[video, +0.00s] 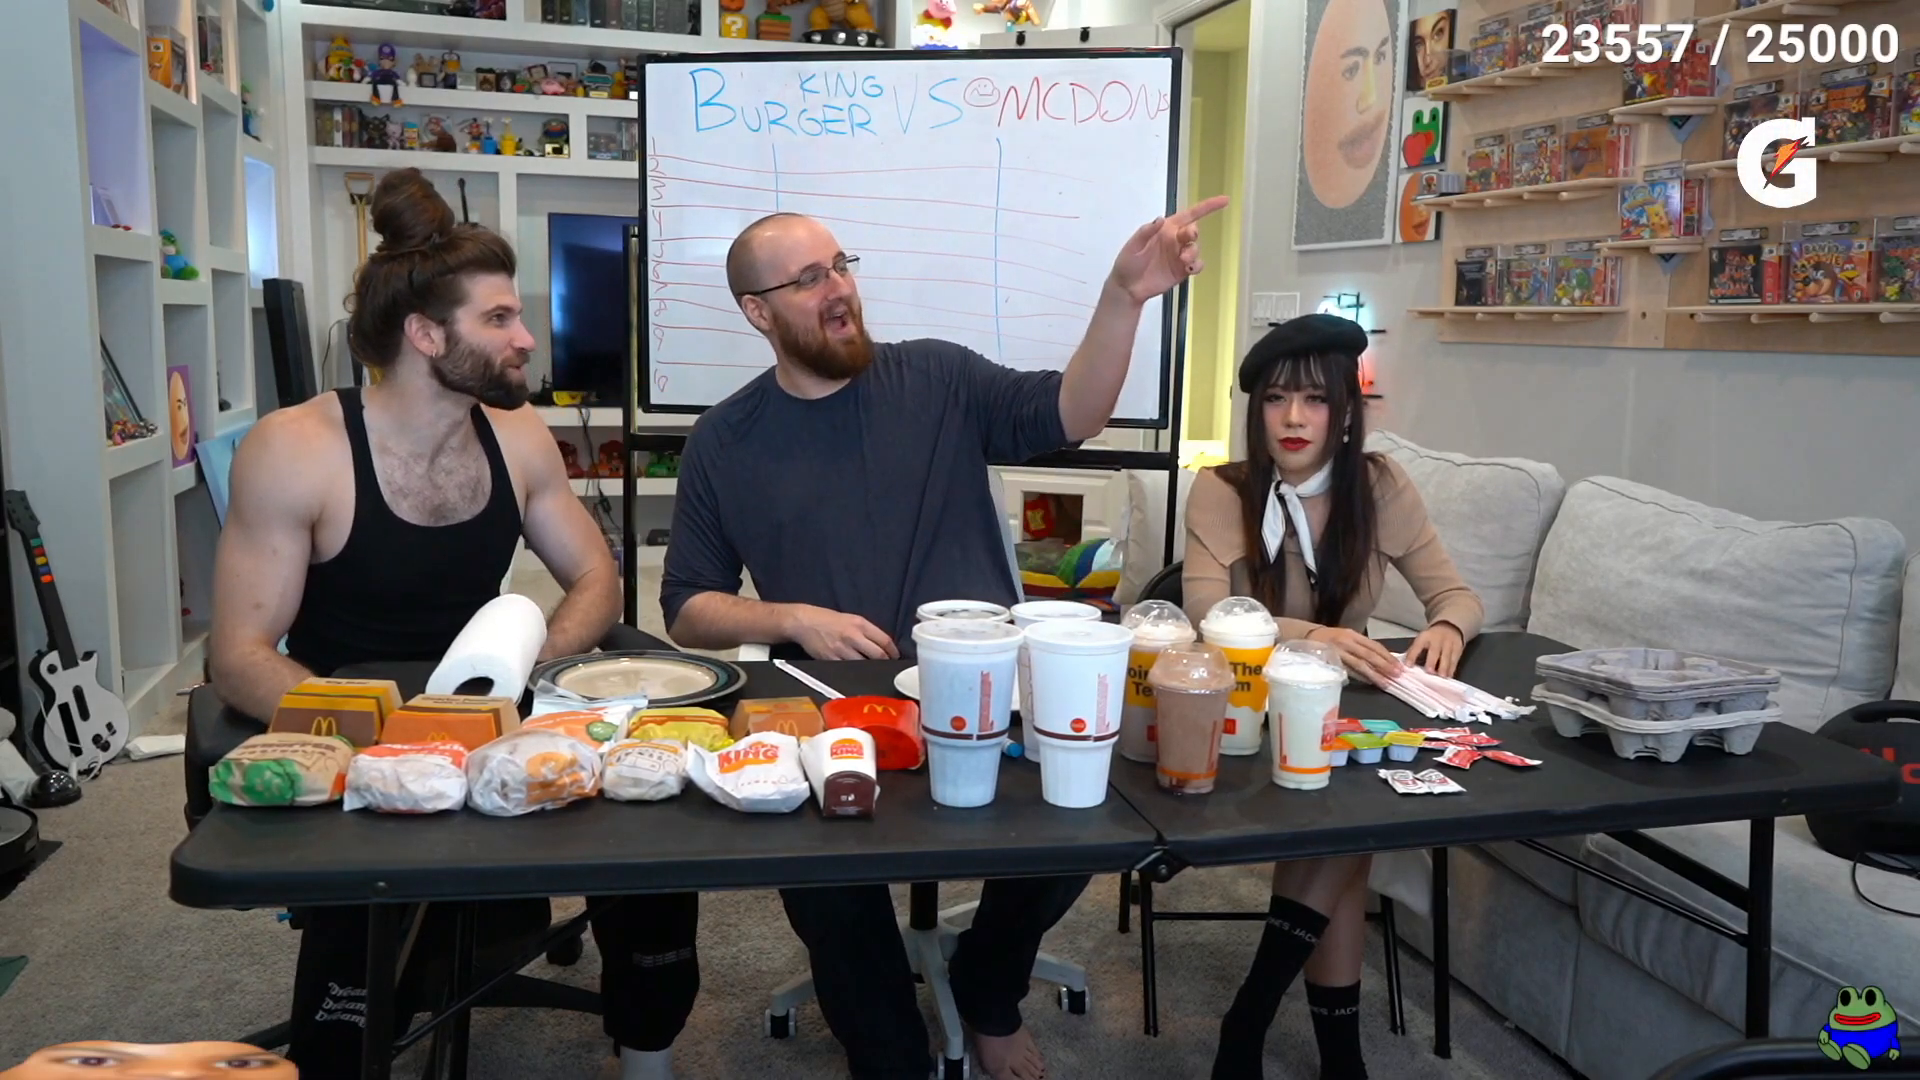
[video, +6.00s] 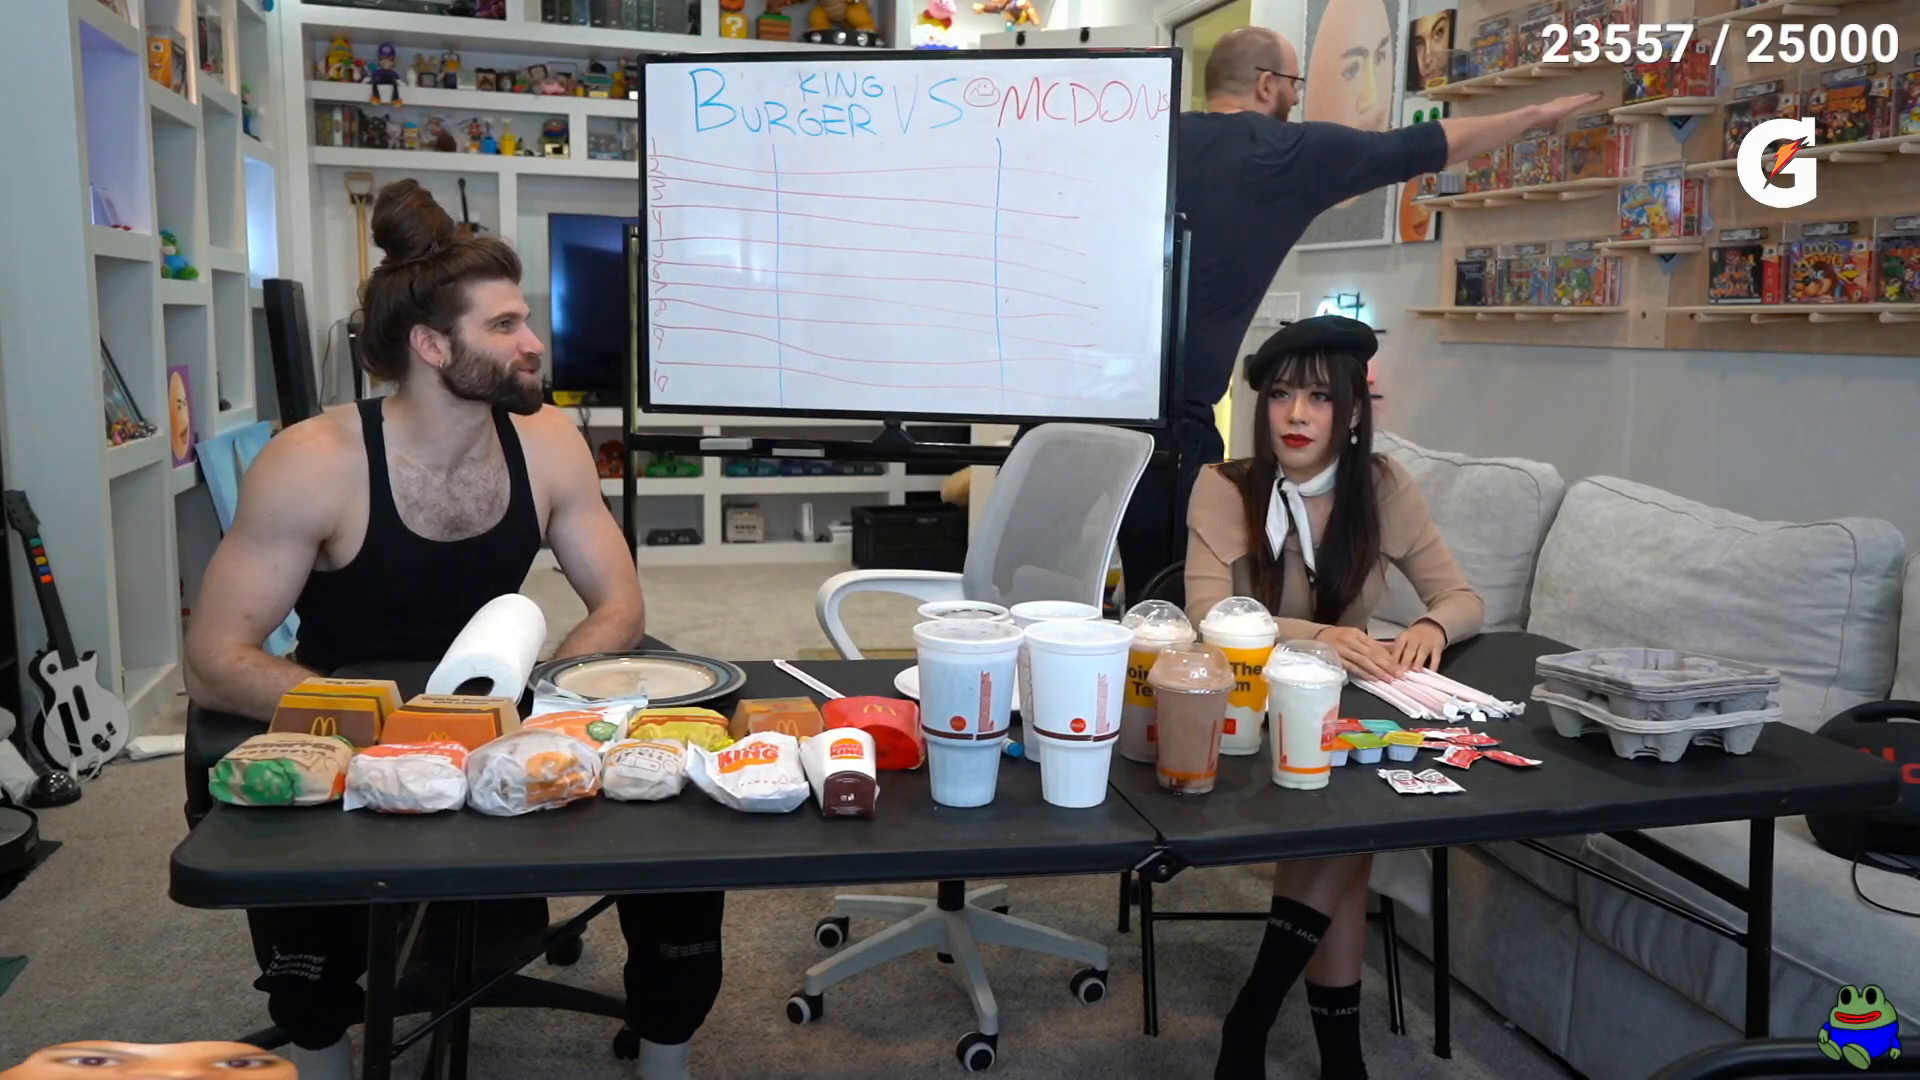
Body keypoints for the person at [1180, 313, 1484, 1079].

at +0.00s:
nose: (1293, 417)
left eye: (1315, 399)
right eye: (1277, 398)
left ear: (1347, 411)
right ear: (1255, 406)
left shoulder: (1377, 482)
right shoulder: (1221, 492)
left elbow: (1454, 594)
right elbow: (1210, 622)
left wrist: (1449, 626)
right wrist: (1308, 634)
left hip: (1337, 706)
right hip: (1241, 710)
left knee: (1347, 814)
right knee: (1351, 829)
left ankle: (1245, 1026)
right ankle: (1343, 1064)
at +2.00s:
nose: (1298, 419)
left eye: (1320, 401)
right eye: (1282, 399)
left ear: (1349, 412)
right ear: (1258, 406)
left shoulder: (1379, 483)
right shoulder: (1222, 491)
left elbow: (1456, 595)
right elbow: (1209, 621)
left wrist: (1446, 624)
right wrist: (1308, 633)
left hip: (1334, 706)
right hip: (1239, 711)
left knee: (1345, 814)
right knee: (1349, 829)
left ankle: (1246, 1023)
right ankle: (1343, 1064)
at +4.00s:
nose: (1231, 410)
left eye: (1252, 394)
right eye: (1233, 391)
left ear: (1310, 407)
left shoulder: (1372, 484)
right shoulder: (1213, 489)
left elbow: (1459, 597)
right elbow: (1212, 621)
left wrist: (1441, 619)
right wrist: (1312, 632)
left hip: (1340, 704)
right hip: (1240, 709)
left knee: (1340, 819)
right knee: (1347, 833)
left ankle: (1244, 1027)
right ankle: (1343, 1065)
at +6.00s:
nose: (1296, 414)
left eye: (1319, 396)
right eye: (1282, 394)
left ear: (1354, 411)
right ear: (1262, 403)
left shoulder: (1381, 484)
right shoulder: (1225, 487)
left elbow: (1464, 598)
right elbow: (1210, 617)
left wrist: (1432, 624)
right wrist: (1314, 634)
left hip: (1343, 702)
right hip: (1245, 706)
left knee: (1345, 819)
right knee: (1351, 834)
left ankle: (1247, 1025)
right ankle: (1343, 1063)